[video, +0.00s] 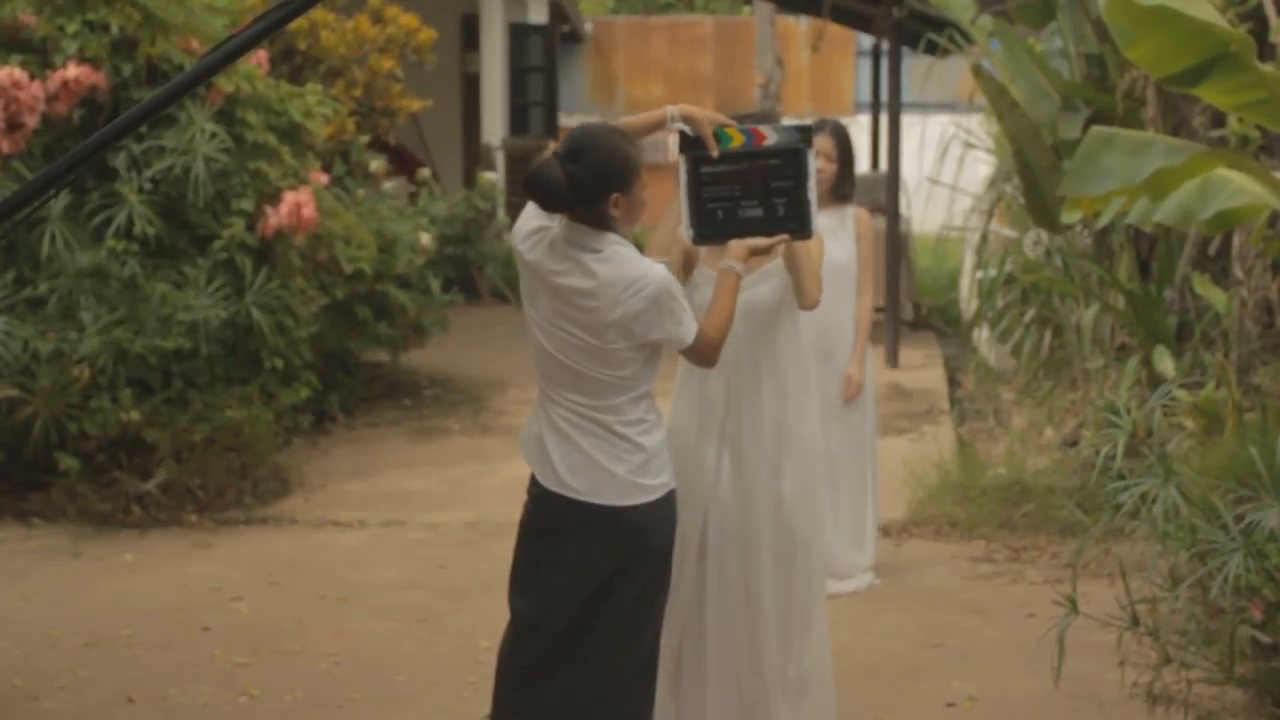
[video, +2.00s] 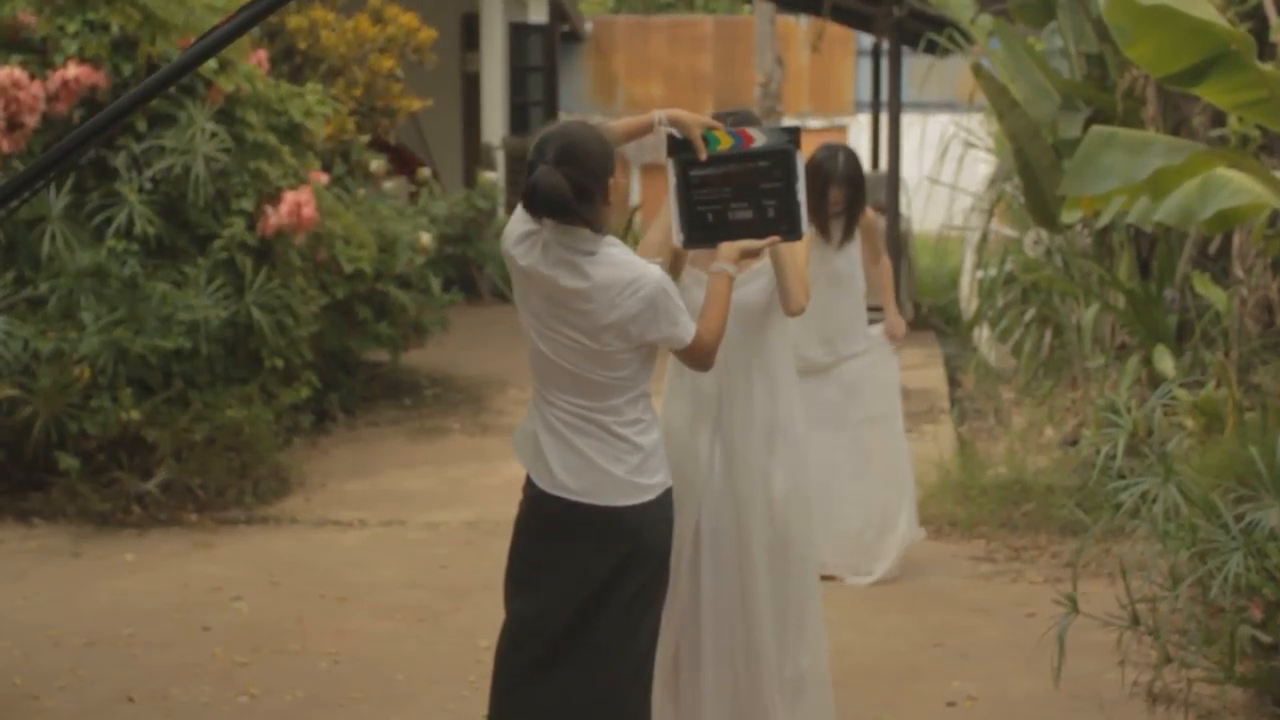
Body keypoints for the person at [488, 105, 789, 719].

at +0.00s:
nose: (648, 191)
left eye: (644, 178)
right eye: (642, 183)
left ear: (573, 191)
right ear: (616, 202)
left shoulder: (533, 240)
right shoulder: (642, 281)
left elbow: (573, 145)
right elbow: (704, 350)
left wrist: (669, 114)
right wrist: (732, 266)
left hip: (556, 486)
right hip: (634, 495)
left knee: (533, 649)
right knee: (621, 662)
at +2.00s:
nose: (627, 179)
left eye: (622, 169)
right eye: (621, 170)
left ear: (549, 181)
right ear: (608, 187)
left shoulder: (524, 245)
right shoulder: (637, 281)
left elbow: (554, 156)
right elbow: (700, 352)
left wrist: (655, 120)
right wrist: (723, 267)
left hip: (551, 490)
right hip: (631, 497)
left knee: (528, 653)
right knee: (618, 664)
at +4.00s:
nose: (630, 192)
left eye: (630, 177)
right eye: (621, 180)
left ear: (562, 184)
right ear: (578, 188)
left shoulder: (504, 233)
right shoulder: (609, 266)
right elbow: (679, 361)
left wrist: (638, 158)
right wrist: (715, 280)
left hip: (531, 474)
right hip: (605, 482)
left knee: (541, 647)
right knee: (618, 655)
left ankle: (535, 717)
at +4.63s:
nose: (548, 230)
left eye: (559, 210)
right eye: (526, 219)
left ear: (578, 201)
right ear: (494, 219)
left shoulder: (583, 281)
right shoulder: (476, 298)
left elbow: (573, 387)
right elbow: (433, 432)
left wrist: (612, 428)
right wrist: (534, 432)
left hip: (542, 532)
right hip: (473, 535)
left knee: (544, 680)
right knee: (492, 696)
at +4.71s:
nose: (511, 238)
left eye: (524, 216)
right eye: (489, 224)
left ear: (549, 207)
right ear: (464, 227)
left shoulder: (572, 290)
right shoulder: (442, 309)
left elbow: (569, 392)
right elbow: (403, 444)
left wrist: (604, 456)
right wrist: (502, 446)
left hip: (545, 555)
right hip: (460, 561)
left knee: (548, 699)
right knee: (469, 709)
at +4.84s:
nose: (466, 230)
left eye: (479, 206)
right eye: (445, 218)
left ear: (513, 195)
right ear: (427, 224)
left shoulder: (556, 289)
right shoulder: (406, 306)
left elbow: (559, 397)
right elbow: (376, 447)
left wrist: (589, 465)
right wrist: (469, 448)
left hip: (539, 563)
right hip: (442, 572)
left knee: (582, 707)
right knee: (457, 712)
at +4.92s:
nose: (444, 224)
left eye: (458, 198)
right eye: (422, 211)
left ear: (496, 189)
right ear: (406, 218)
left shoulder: (546, 285)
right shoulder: (388, 307)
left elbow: (551, 395)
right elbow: (366, 451)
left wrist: (589, 459)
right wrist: (456, 448)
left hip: (537, 568)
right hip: (435, 579)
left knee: (577, 711)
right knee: (450, 713)